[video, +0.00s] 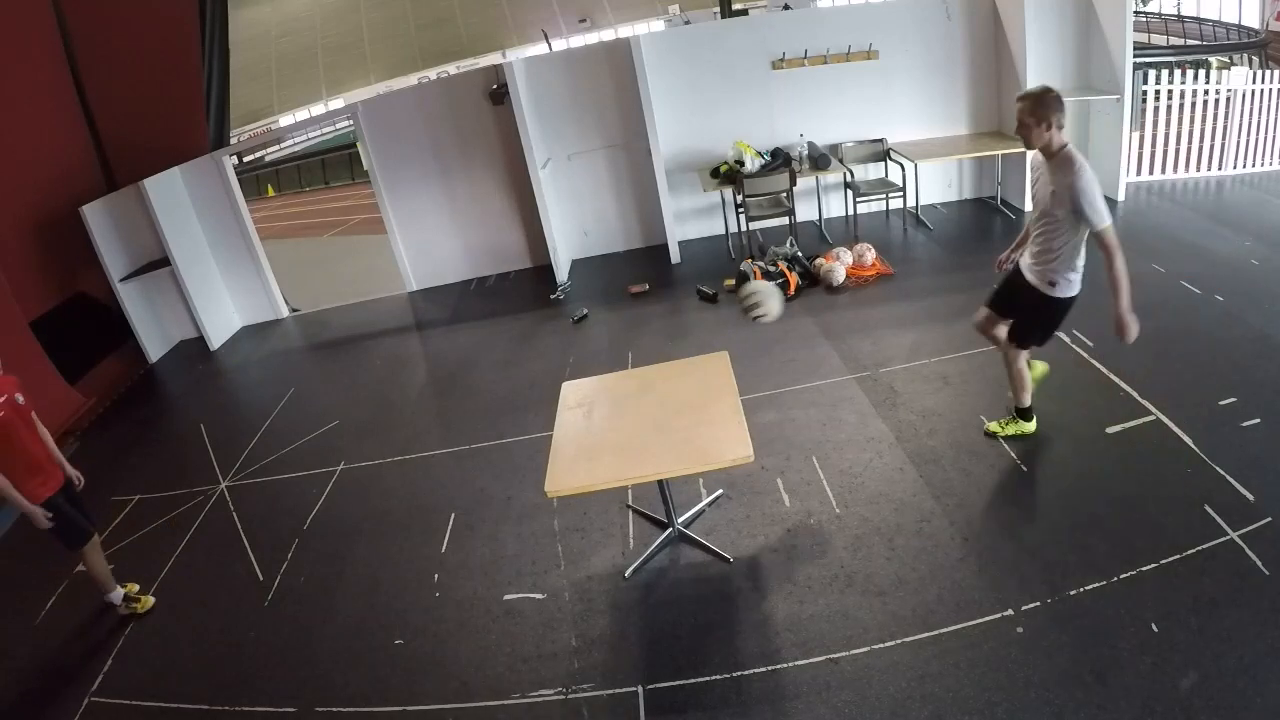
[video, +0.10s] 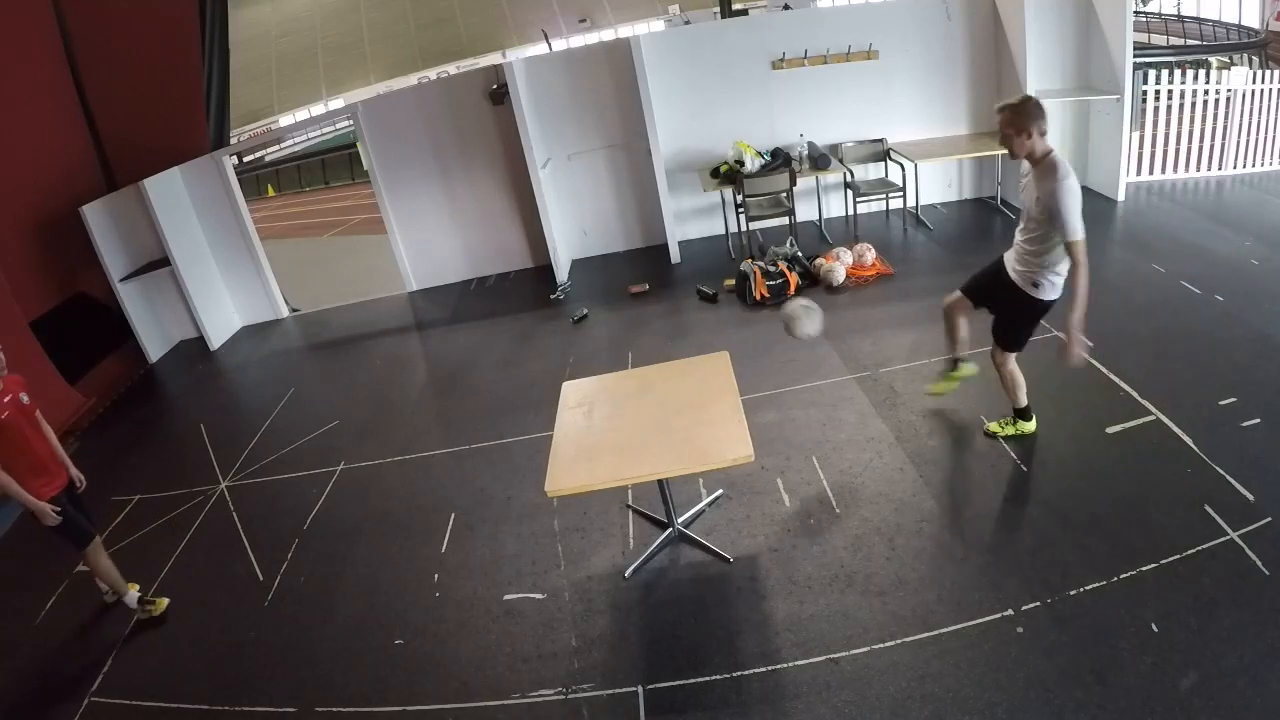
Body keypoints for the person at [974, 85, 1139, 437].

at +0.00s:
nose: (1018, 132)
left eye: (1024, 125)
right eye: (1018, 124)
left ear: (1049, 127)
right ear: (1042, 128)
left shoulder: (1078, 175)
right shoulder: (1039, 161)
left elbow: (1110, 245)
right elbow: (1040, 217)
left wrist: (1124, 310)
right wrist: (1014, 250)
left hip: (1055, 285)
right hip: (1028, 267)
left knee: (1013, 348)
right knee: (986, 323)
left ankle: (1024, 417)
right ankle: (1029, 367)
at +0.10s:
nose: (1002, 143)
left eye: (1006, 136)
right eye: (1001, 135)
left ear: (1029, 134)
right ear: (1027, 133)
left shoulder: (1062, 182)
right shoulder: (1031, 165)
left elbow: (1080, 261)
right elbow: (1035, 224)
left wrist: (1074, 329)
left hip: (1036, 285)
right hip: (1012, 263)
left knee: (1002, 355)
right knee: (954, 306)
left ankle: (1024, 419)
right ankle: (957, 366)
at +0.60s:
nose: (922, 134)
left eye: (926, 127)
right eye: (922, 127)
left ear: (948, 126)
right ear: (950, 126)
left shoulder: (975, 176)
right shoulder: (961, 161)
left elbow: (985, 252)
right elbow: (960, 226)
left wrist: (950, 303)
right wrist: (939, 266)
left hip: (956, 284)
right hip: (941, 272)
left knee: (916, 349)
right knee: (914, 331)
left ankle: (975, 396)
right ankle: (929, 398)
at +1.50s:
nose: (858, 131)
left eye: (863, 123)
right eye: (857, 123)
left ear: (888, 118)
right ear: (883, 119)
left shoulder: (917, 167)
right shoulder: (878, 156)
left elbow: (938, 236)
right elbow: (866, 208)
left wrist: (946, 296)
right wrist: (833, 242)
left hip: (914, 264)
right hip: (898, 256)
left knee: (826, 282)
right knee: (904, 334)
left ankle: (875, 350)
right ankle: (914, 398)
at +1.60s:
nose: (858, 125)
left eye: (864, 118)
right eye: (857, 118)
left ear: (889, 117)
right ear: (884, 117)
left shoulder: (915, 168)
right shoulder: (876, 158)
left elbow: (939, 238)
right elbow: (864, 213)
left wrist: (942, 302)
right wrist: (832, 251)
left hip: (908, 275)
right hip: (887, 267)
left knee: (844, 339)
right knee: (896, 337)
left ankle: (887, 406)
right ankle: (914, 398)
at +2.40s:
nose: (859, 135)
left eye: (865, 127)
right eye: (858, 127)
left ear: (892, 125)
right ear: (885, 126)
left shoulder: (917, 177)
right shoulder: (870, 167)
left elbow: (925, 254)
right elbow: (863, 226)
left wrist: (898, 310)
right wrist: (848, 269)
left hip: (896, 296)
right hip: (864, 285)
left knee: (876, 371)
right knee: (851, 358)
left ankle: (903, 436)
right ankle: (879, 410)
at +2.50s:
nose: (856, 135)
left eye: (862, 128)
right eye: (854, 127)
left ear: (888, 127)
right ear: (873, 127)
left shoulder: (917, 176)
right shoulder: (864, 171)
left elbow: (933, 251)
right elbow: (855, 224)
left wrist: (910, 308)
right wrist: (833, 270)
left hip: (905, 294)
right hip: (874, 285)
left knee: (870, 374)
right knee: (866, 357)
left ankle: (899, 433)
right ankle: (882, 411)